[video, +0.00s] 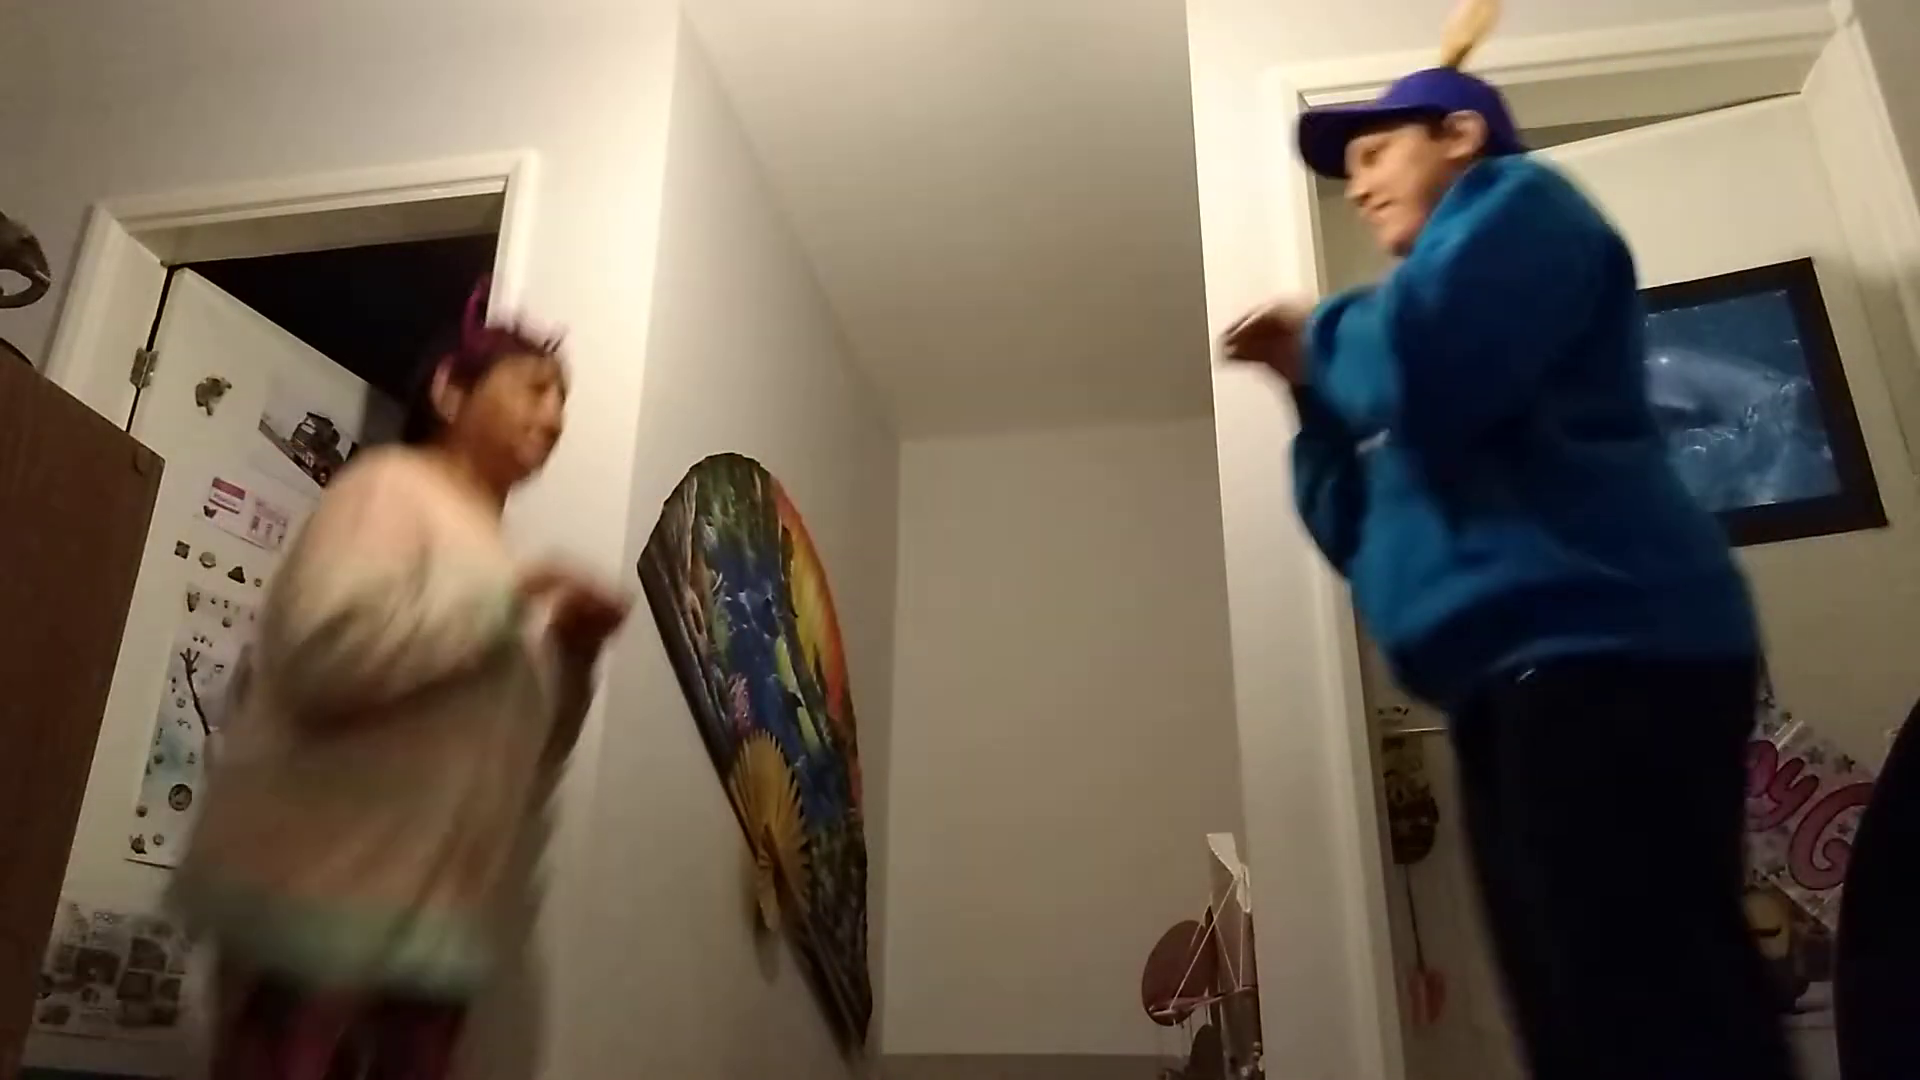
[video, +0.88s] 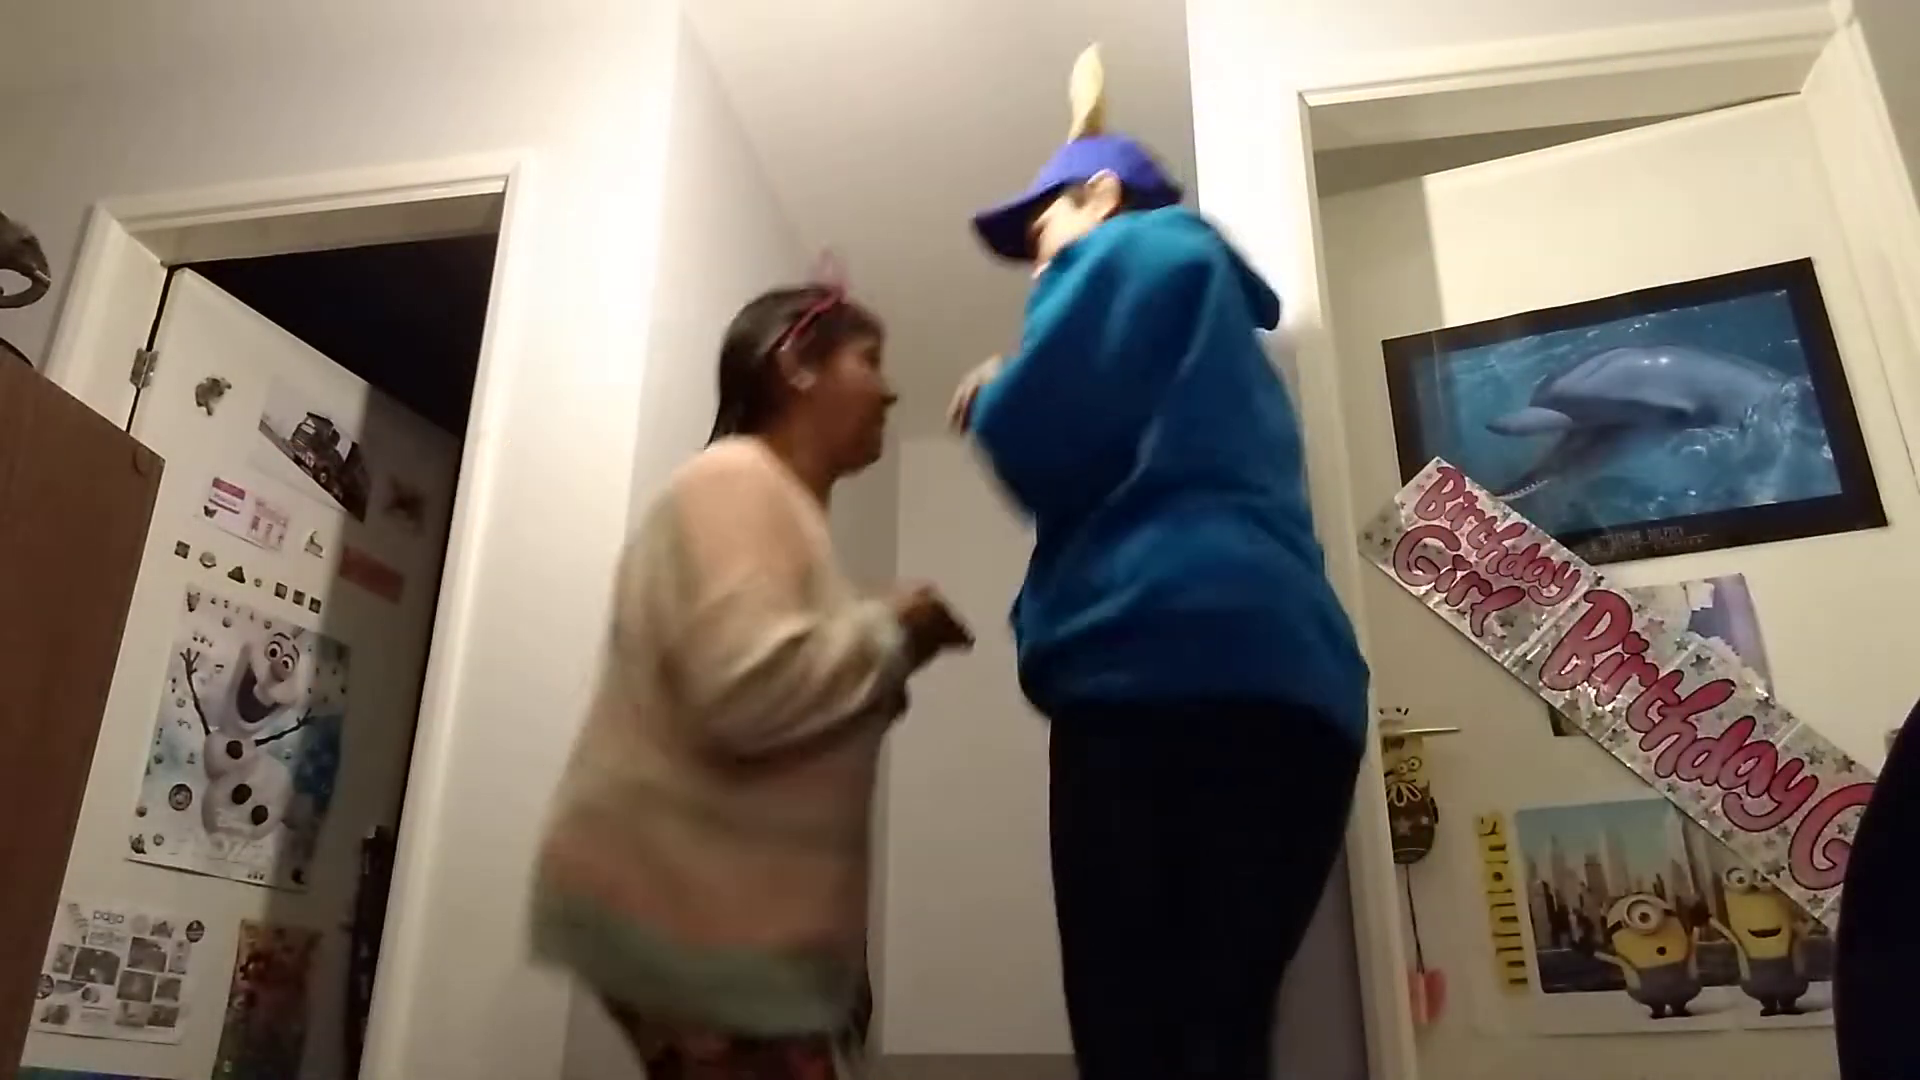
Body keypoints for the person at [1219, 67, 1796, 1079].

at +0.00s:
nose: (1357, 185)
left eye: (1375, 151)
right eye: (1349, 171)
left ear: (1460, 135)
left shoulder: (1525, 205)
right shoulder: (1418, 311)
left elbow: (1428, 354)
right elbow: (1356, 533)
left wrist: (1314, 336)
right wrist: (1306, 387)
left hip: (1613, 653)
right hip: (1503, 684)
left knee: (1638, 993)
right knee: (1561, 1002)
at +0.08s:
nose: (1326, 209)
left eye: (1346, 175)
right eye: (1321, 193)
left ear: (1427, 158)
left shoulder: (1490, 250)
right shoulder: (1371, 333)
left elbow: (1413, 473)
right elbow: (1336, 567)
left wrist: (1275, 392)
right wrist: (1274, 417)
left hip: (1580, 713)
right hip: (1482, 728)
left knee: (1584, 1038)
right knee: (1526, 1040)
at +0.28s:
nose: (1247, 237)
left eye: (1261, 204)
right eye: (1243, 214)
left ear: (1337, 180)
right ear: (1331, 189)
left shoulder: (1402, 248)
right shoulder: (1322, 322)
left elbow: (1302, 410)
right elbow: (1229, 548)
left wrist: (1209, 347)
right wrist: (1223, 394)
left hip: (1462, 737)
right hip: (1383, 746)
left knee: (1453, 1041)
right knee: (1389, 1039)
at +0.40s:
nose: (1176, 214)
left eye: (1189, 179)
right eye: (1172, 194)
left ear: (1262, 151)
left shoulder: (1328, 209)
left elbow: (1206, 352)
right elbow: (1182, 531)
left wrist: (1147, 313)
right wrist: (1170, 362)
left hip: (1385, 655)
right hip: (1313, 669)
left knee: (1337, 1000)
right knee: (1328, 1002)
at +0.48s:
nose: (1131, 247)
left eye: (1143, 210)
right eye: (1126, 227)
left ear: (1214, 182)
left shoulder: (1280, 252)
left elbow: (1186, 422)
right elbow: (1155, 574)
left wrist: (1114, 363)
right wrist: (1119, 410)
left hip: (1342, 684)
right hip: (1283, 695)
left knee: (1260, 1020)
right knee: (1301, 1022)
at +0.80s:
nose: (1062, 254)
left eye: (1070, 224)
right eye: (1058, 236)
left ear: (1131, 192)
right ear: (1150, 197)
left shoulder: (1173, 246)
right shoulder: (1232, 291)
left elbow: (1075, 397)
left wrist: (1011, 367)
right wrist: (1045, 367)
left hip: (1180, 683)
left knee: (1138, 1023)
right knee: (1195, 1026)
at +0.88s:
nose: (1033, 252)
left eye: (1044, 223)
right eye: (1031, 234)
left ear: (1099, 195)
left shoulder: (1143, 248)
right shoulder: (1245, 345)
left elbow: (1028, 442)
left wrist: (990, 391)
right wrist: (1008, 392)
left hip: (1173, 675)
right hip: (1290, 689)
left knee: (1140, 1024)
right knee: (1212, 1025)